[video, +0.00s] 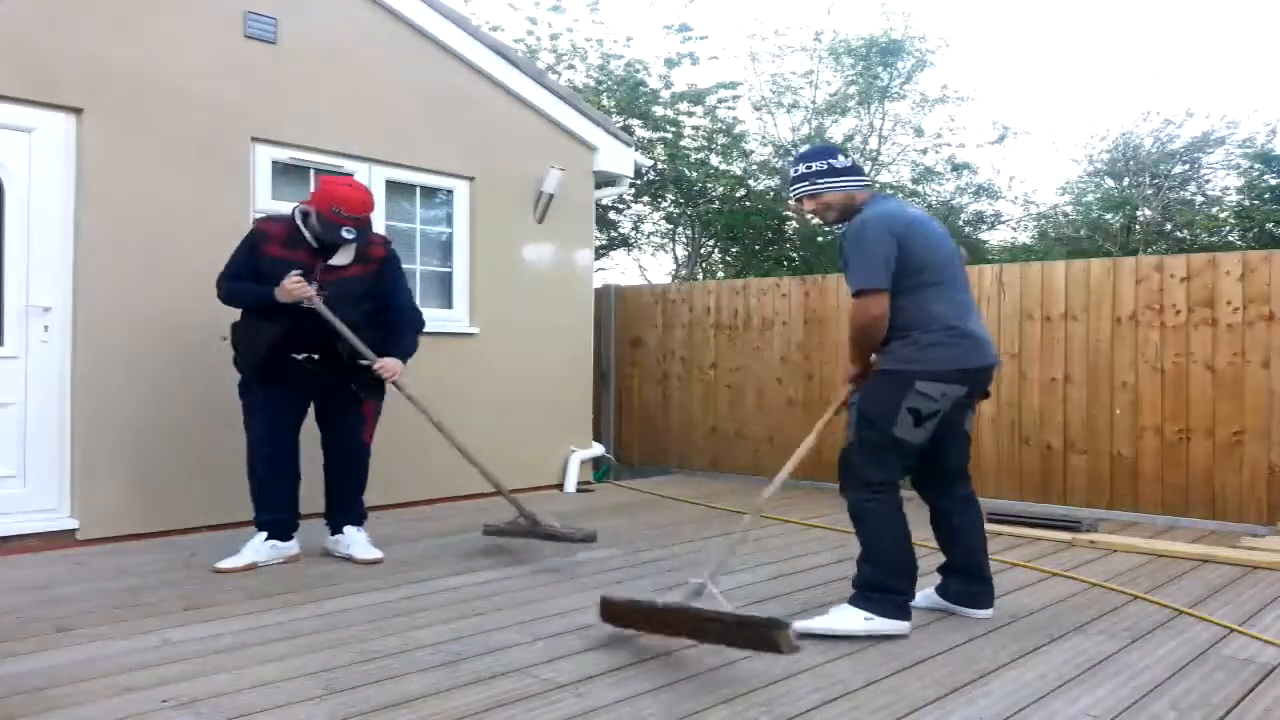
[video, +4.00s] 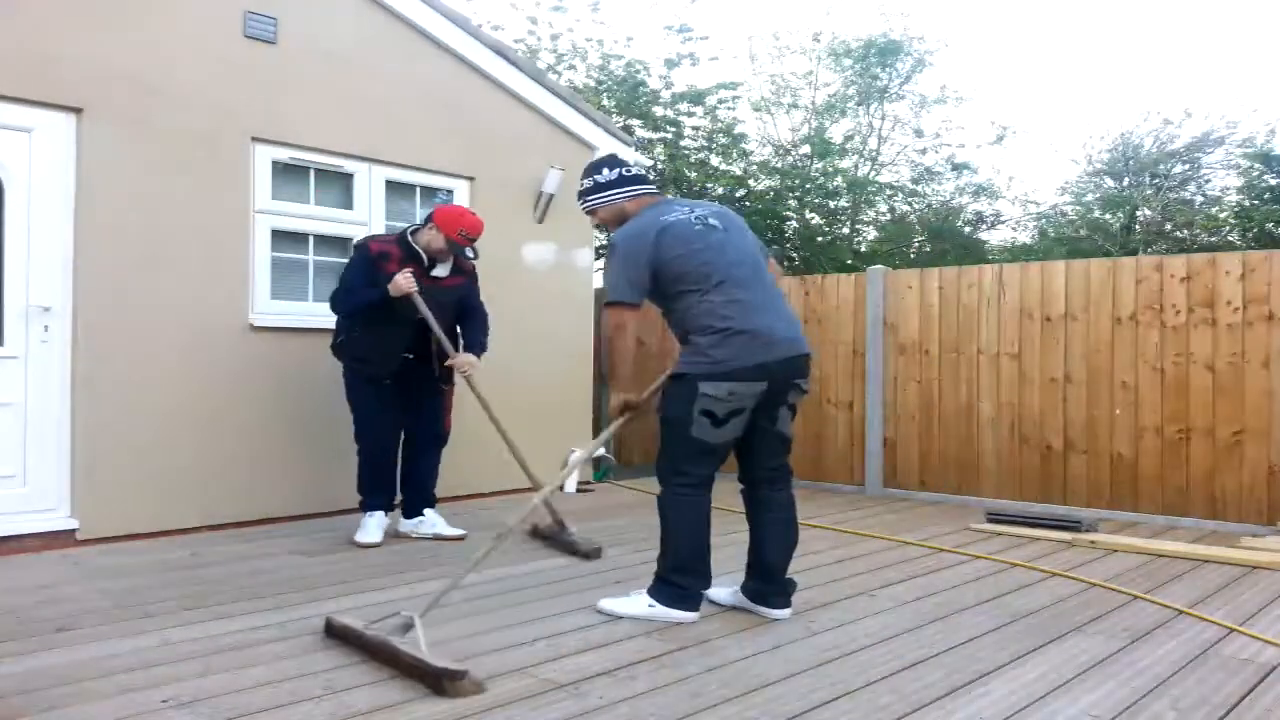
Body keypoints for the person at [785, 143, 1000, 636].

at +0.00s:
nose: (809, 209)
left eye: (812, 196)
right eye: (804, 201)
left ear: (840, 185)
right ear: (849, 186)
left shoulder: (869, 225)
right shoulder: (906, 216)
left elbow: (871, 311)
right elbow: (916, 310)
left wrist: (860, 364)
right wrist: (870, 375)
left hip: (923, 360)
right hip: (966, 358)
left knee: (866, 472)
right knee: (941, 473)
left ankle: (882, 603)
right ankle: (969, 590)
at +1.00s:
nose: (746, 213)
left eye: (746, 199)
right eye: (740, 204)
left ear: (774, 185)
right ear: (786, 184)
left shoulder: (822, 213)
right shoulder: (844, 210)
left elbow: (803, 293)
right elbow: (861, 293)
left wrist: (763, 365)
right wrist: (815, 335)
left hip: (907, 363)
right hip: (947, 357)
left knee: (881, 486)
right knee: (927, 481)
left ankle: (889, 614)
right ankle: (945, 601)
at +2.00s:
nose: (723, 209)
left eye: (721, 195)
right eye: (717, 200)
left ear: (743, 177)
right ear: (764, 167)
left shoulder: (789, 206)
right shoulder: (824, 197)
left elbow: (759, 299)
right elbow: (843, 276)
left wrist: (713, 371)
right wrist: (787, 317)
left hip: (886, 361)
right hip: (932, 355)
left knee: (866, 496)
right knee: (910, 491)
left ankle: (857, 636)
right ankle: (924, 613)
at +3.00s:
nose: (613, 219)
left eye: (609, 207)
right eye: (606, 211)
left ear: (630, 189)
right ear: (651, 181)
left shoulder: (660, 224)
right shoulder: (723, 205)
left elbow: (635, 319)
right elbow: (758, 280)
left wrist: (607, 398)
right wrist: (705, 341)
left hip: (765, 360)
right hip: (832, 354)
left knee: (720, 488)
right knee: (825, 485)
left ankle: (704, 620)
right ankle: (861, 614)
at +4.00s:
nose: (595, 222)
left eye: (595, 209)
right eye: (591, 213)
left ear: (621, 196)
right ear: (642, 193)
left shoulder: (634, 235)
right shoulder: (717, 214)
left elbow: (619, 323)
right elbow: (765, 276)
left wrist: (620, 390)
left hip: (721, 360)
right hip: (787, 355)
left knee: (683, 477)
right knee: (767, 474)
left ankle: (676, 594)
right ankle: (768, 590)